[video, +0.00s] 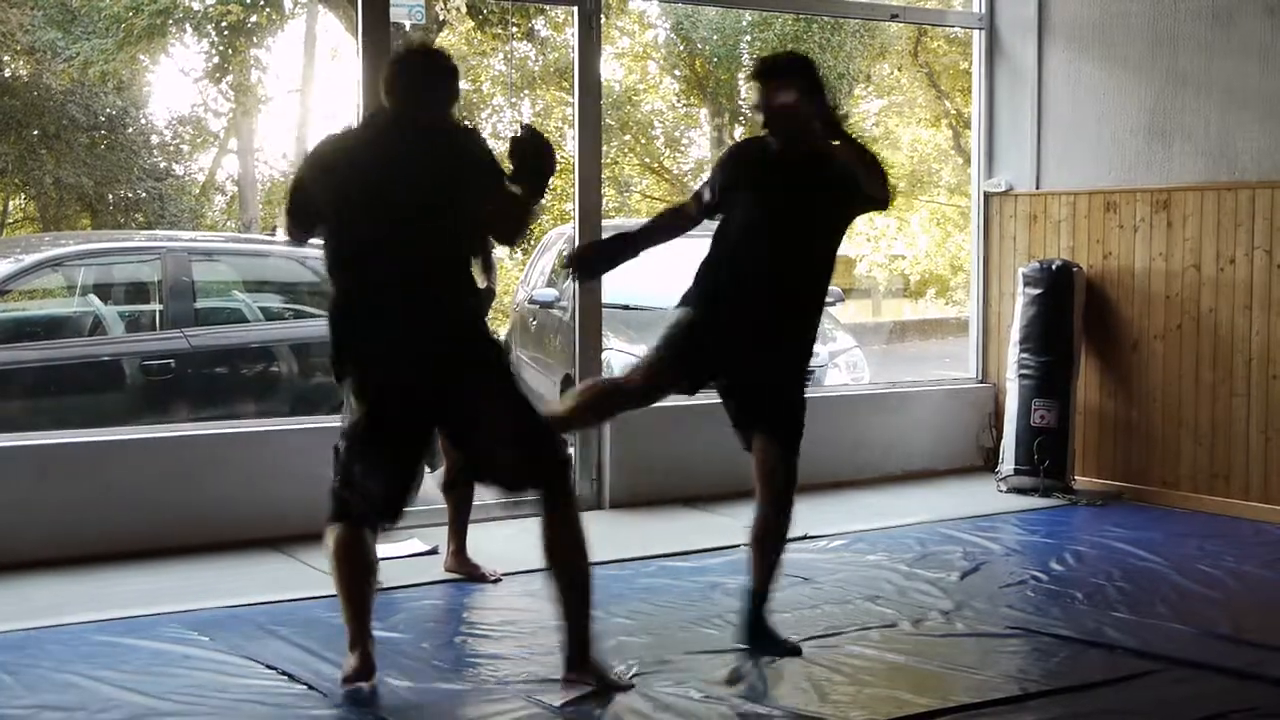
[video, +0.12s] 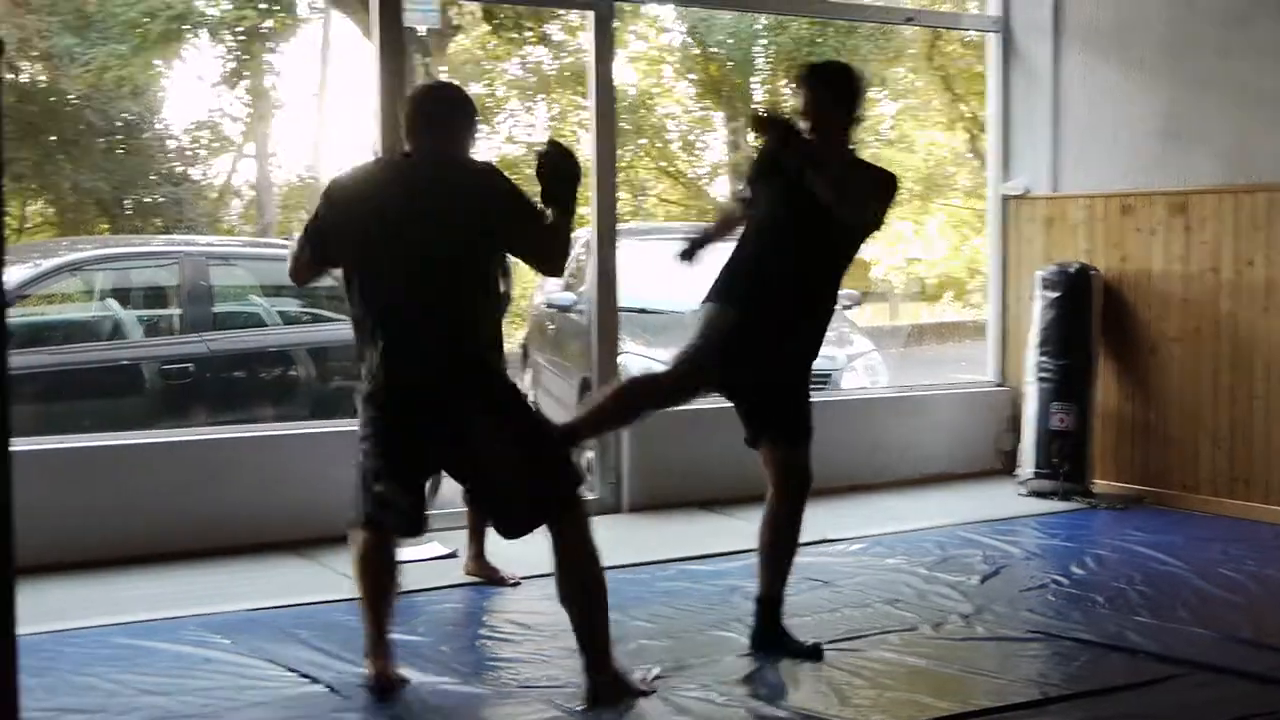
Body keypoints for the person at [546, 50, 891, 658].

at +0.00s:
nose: (774, 118)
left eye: (785, 106)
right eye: (766, 108)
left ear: (813, 104)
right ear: (759, 109)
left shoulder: (843, 171)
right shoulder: (746, 159)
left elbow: (880, 195)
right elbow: (686, 214)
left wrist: (833, 135)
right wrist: (611, 251)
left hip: (780, 341)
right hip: (714, 320)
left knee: (776, 489)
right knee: (637, 387)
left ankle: (756, 620)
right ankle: (537, 427)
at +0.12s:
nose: (812, 112)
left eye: (823, 102)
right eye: (809, 100)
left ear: (847, 107)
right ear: (804, 102)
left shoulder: (875, 181)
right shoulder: (781, 155)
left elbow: (850, 217)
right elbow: (748, 209)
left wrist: (793, 149)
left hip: (788, 348)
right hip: (733, 321)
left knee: (790, 486)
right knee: (678, 383)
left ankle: (768, 625)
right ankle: (559, 440)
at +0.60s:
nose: (803, 129)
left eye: (813, 118)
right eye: (802, 118)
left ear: (851, 117)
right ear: (810, 115)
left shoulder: (889, 192)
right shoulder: (793, 161)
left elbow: (878, 272)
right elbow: (755, 220)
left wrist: (822, 228)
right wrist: (716, 231)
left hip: (812, 340)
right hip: (744, 317)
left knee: (801, 480)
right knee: (673, 411)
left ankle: (778, 622)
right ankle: (588, 518)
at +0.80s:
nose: (773, 127)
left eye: (782, 116)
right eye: (771, 116)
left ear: (817, 116)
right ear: (780, 115)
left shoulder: (861, 186)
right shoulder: (763, 169)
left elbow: (892, 269)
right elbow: (717, 227)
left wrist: (845, 224)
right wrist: (685, 228)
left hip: (805, 348)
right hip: (734, 337)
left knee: (790, 484)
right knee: (682, 449)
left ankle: (767, 619)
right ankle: (674, 551)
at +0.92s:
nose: (759, 130)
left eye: (768, 118)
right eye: (756, 118)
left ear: (804, 114)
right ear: (758, 115)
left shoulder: (848, 179)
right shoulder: (748, 170)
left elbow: (893, 258)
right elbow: (712, 223)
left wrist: (858, 199)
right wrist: (691, 222)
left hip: (806, 351)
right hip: (736, 342)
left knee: (787, 483)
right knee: (715, 472)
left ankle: (767, 616)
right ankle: (749, 539)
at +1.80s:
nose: (730, 138)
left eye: (737, 125)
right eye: (728, 126)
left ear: (773, 120)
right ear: (745, 124)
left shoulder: (830, 169)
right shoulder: (753, 182)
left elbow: (848, 251)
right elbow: (740, 260)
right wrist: (716, 216)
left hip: (822, 346)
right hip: (762, 341)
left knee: (813, 476)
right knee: (706, 457)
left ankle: (826, 604)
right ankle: (751, 560)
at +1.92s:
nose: (727, 131)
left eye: (735, 117)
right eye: (726, 118)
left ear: (770, 116)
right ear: (747, 119)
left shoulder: (823, 168)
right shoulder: (730, 182)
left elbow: (823, 257)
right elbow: (726, 252)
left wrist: (749, 205)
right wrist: (732, 186)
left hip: (817, 346)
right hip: (752, 340)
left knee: (812, 476)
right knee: (688, 452)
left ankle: (827, 604)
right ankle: (695, 588)